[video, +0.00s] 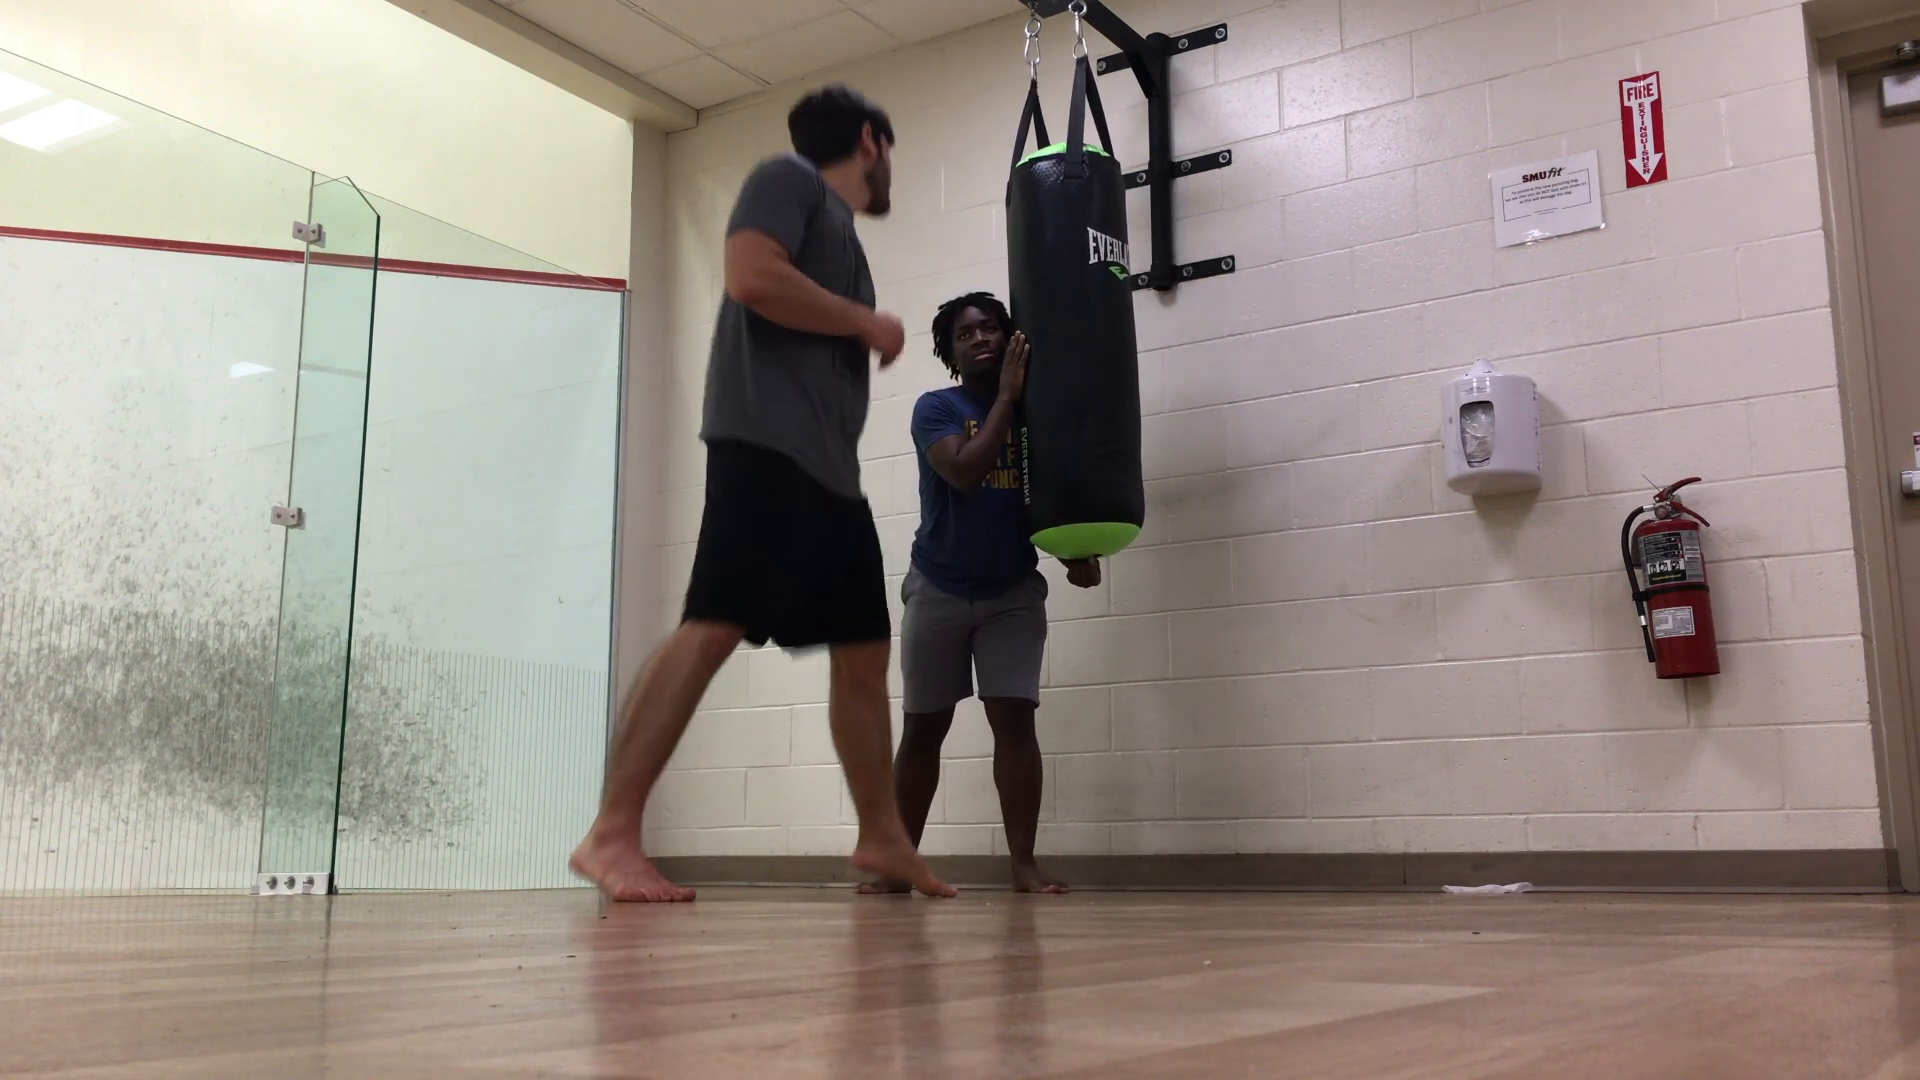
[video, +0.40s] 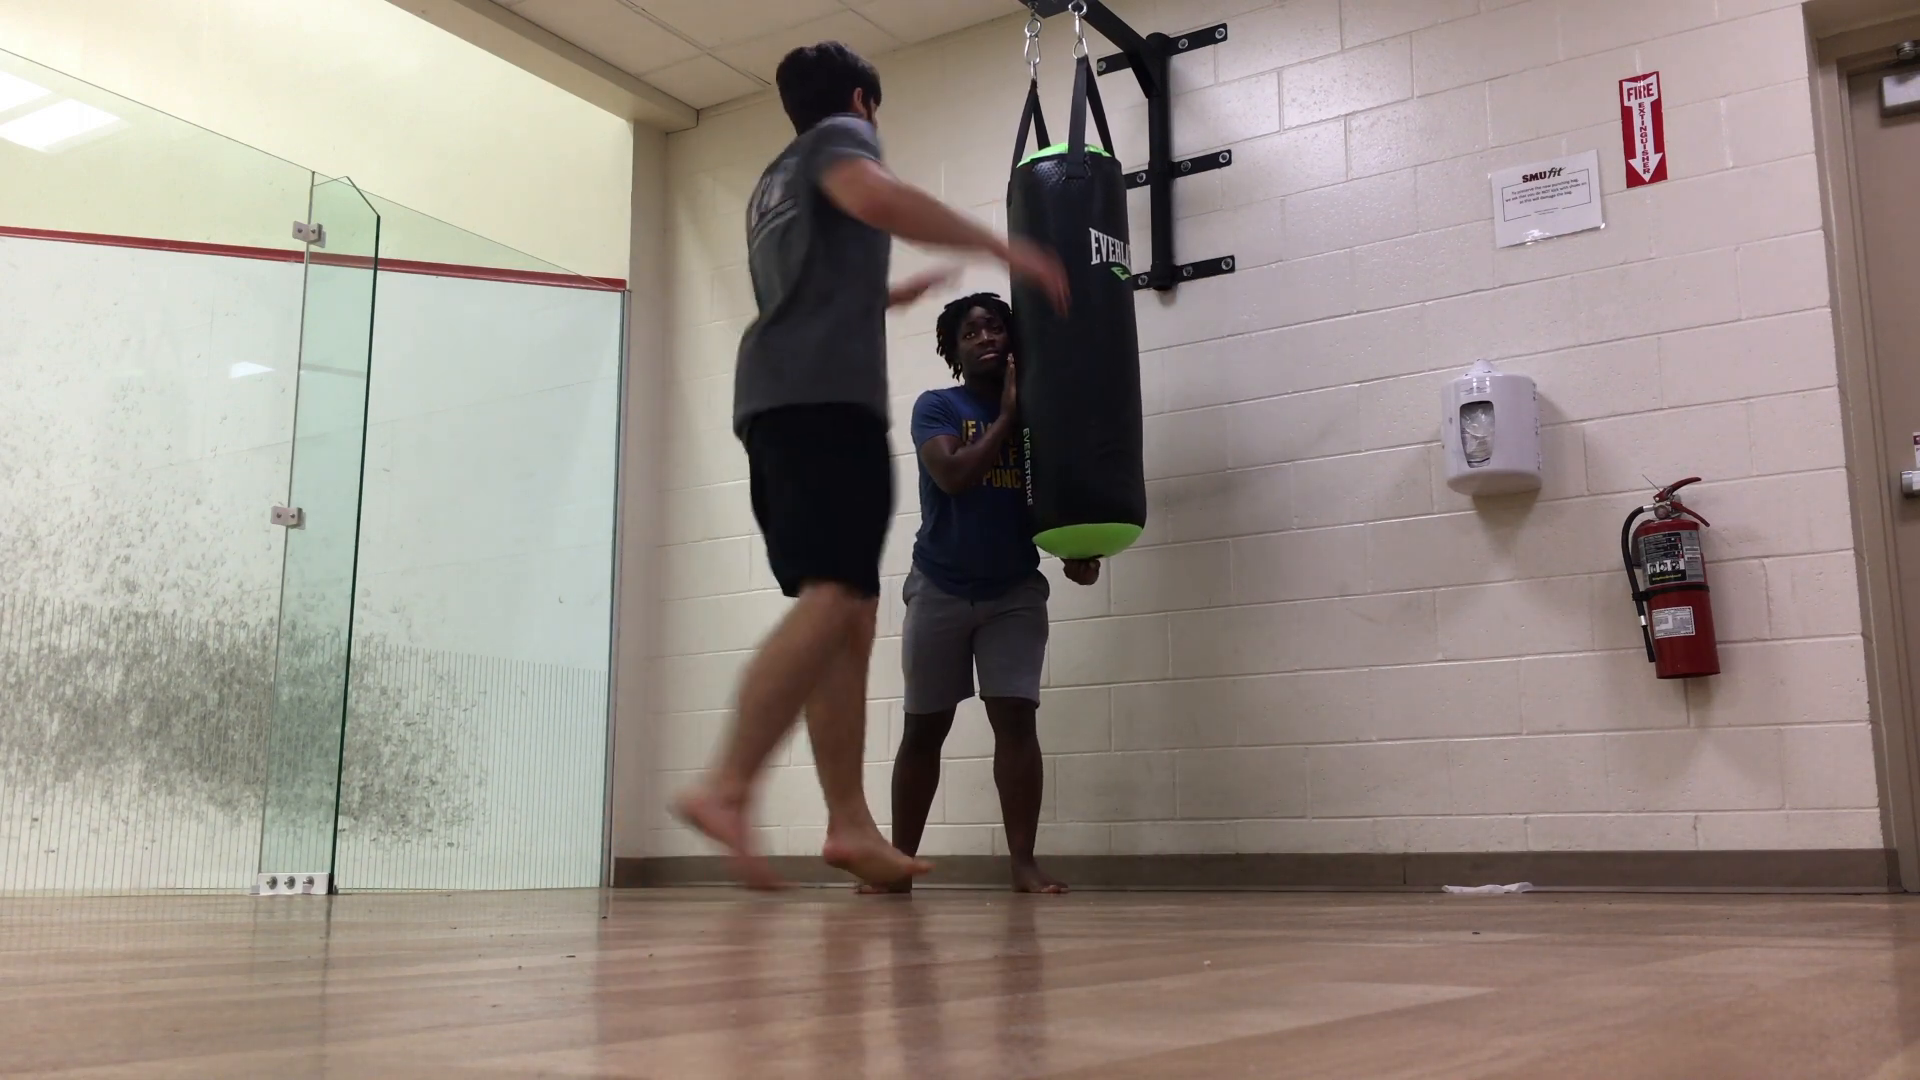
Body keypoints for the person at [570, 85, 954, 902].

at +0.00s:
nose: (891, 175)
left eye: (892, 162)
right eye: (890, 158)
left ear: (838, 145)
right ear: (867, 141)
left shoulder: (840, 242)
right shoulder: (786, 176)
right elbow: (751, 274)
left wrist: (861, 336)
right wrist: (866, 321)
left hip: (826, 466)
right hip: (760, 447)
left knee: (864, 642)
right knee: (713, 626)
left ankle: (882, 840)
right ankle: (610, 834)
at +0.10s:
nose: (886, 137)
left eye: (885, 123)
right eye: (884, 119)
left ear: (840, 111)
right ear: (863, 106)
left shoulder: (849, 222)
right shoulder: (780, 143)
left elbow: (824, 356)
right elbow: (753, 249)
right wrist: (856, 343)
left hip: (826, 430)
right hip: (765, 407)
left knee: (870, 613)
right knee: (746, 586)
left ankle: (873, 818)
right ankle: (639, 807)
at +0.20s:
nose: (885, 143)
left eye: (882, 128)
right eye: (882, 126)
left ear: (835, 120)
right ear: (859, 116)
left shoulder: (838, 227)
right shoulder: (784, 155)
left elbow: (840, 375)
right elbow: (763, 226)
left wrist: (933, 397)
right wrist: (903, 264)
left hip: (832, 436)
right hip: (770, 418)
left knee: (890, 625)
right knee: (749, 604)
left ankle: (851, 832)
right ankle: (641, 826)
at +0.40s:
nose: (879, 117)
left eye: (876, 106)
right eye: (876, 104)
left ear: (797, 109)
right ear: (859, 97)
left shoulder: (774, 181)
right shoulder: (838, 135)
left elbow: (809, 302)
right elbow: (868, 197)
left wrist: (894, 295)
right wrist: (1000, 245)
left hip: (780, 399)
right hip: (825, 391)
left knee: (846, 607)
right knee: (836, 593)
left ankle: (850, 824)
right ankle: (722, 790)